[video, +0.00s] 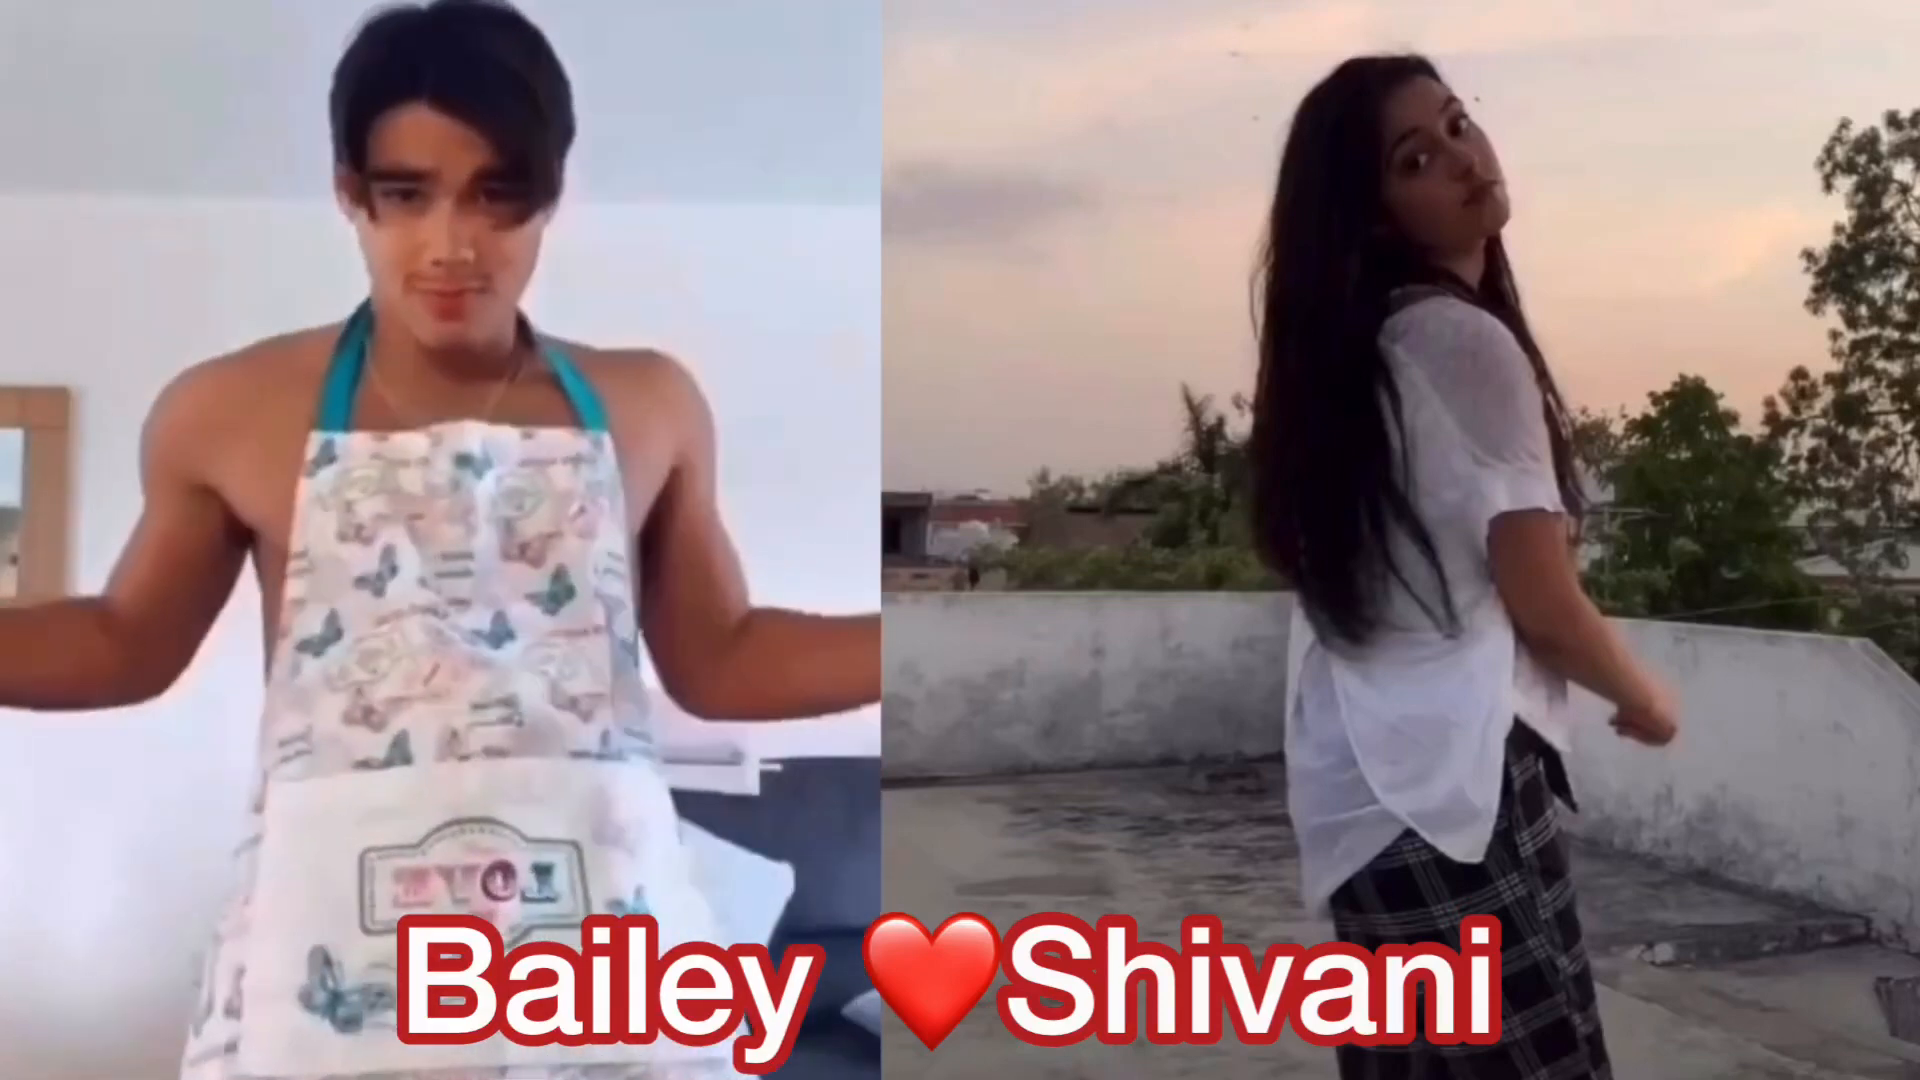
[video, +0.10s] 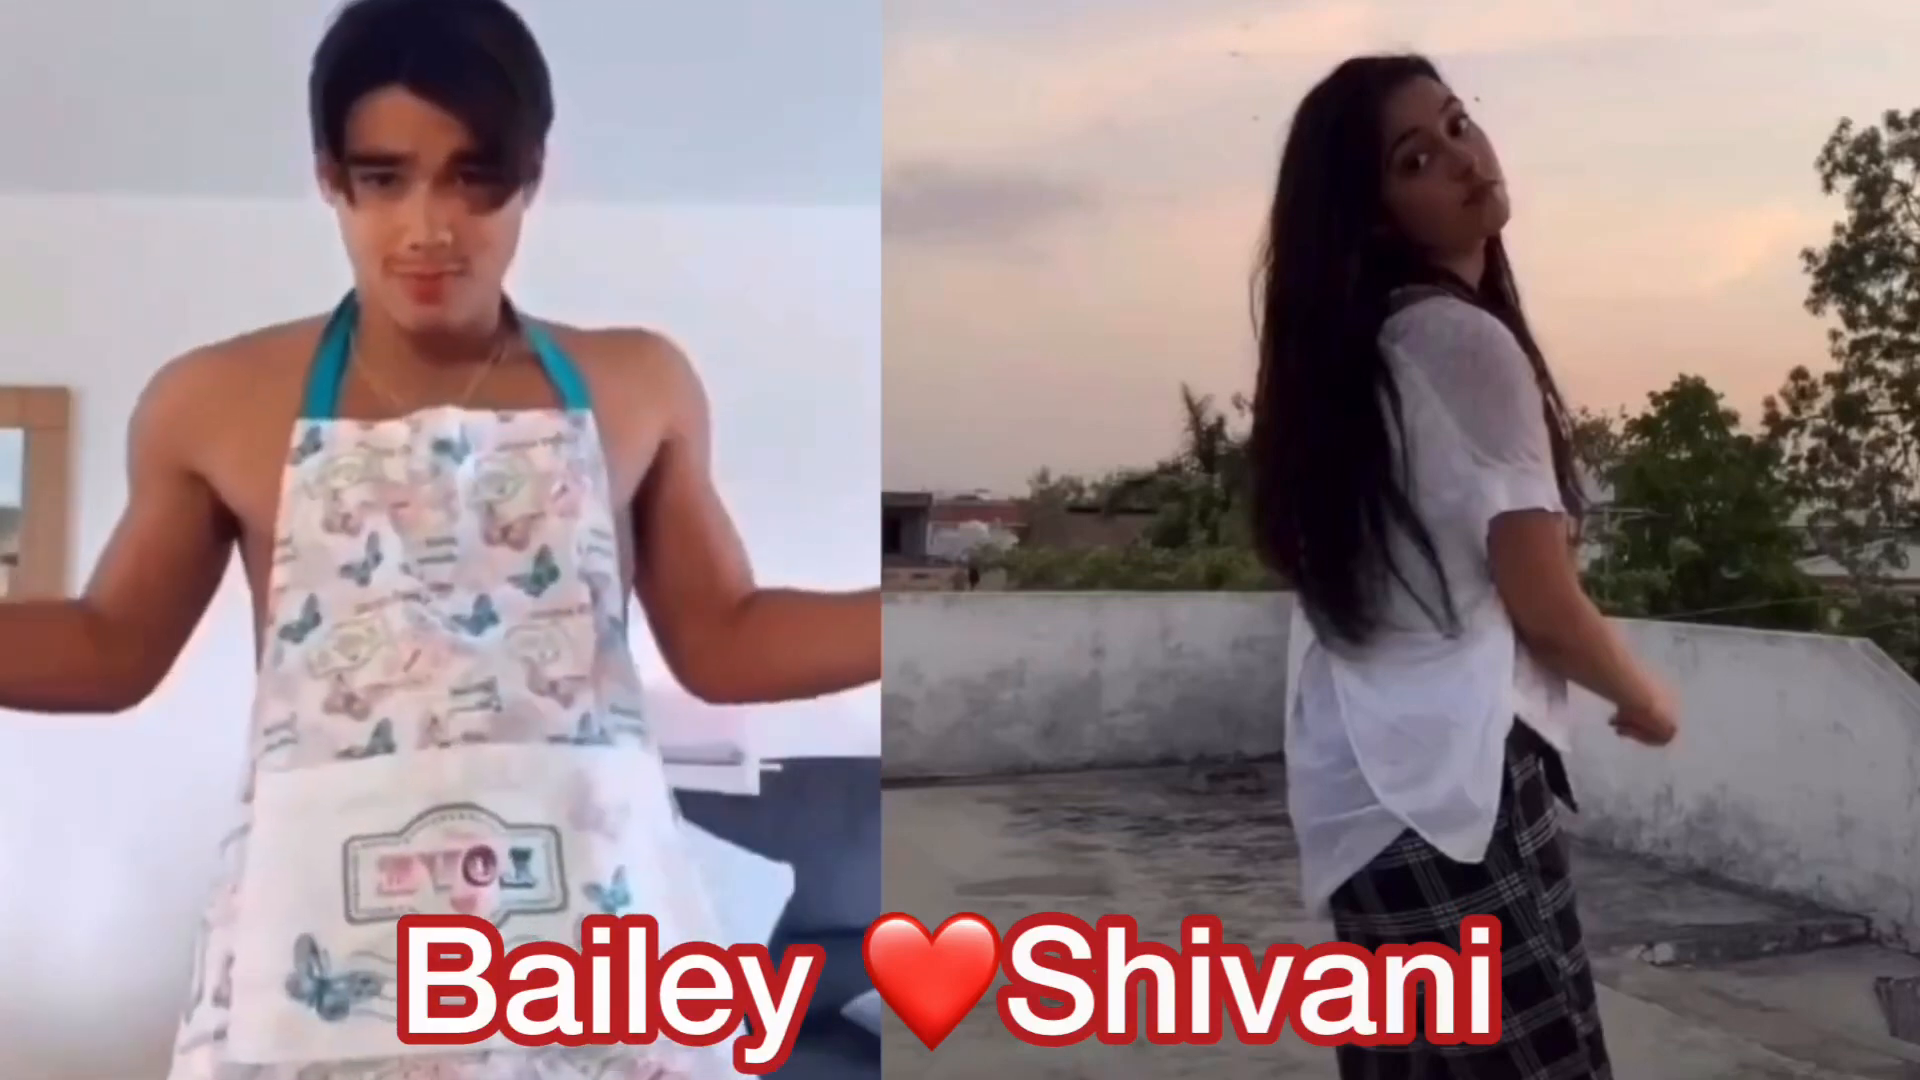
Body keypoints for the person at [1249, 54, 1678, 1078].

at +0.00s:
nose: (1467, 158)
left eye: (1459, 125)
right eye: (1418, 158)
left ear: (1479, 128)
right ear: (1370, 210)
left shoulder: (1353, 333)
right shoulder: (1465, 339)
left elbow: (1393, 566)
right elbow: (1545, 603)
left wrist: (1546, 665)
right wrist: (1642, 697)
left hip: (1362, 783)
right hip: (1451, 789)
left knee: (1397, 1056)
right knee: (1544, 1055)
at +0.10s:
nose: (1467, 158)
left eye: (1459, 125)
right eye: (1418, 158)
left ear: (1479, 129)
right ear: (1370, 209)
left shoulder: (1353, 333)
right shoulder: (1464, 339)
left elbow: (1393, 566)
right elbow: (1545, 603)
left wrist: (1546, 665)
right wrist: (1642, 697)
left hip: (1362, 783)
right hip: (1451, 789)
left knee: (1397, 1056)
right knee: (1544, 1055)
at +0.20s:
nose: (1467, 158)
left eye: (1459, 125)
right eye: (1418, 158)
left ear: (1479, 128)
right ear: (1370, 209)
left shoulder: (1353, 333)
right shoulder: (1465, 340)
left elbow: (1392, 566)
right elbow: (1545, 603)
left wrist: (1549, 664)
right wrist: (1643, 697)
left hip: (1363, 785)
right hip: (1453, 790)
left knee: (1397, 1056)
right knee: (1544, 1056)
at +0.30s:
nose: (1467, 158)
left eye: (1459, 125)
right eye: (1418, 159)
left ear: (1480, 129)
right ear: (1370, 210)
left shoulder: (1352, 332)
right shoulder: (1464, 339)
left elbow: (1392, 565)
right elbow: (1544, 602)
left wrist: (1545, 666)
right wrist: (1643, 697)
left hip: (1361, 783)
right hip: (1451, 789)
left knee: (1396, 1056)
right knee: (1544, 1055)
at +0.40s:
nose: (1467, 158)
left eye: (1460, 126)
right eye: (1418, 159)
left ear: (1480, 128)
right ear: (1370, 209)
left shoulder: (1351, 332)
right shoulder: (1464, 339)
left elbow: (1389, 564)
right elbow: (1543, 601)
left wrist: (1547, 666)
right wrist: (1643, 697)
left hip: (1361, 783)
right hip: (1451, 789)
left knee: (1396, 1056)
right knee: (1544, 1055)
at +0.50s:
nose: (1467, 158)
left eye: (1459, 125)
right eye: (1418, 159)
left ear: (1480, 129)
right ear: (1370, 210)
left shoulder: (1352, 332)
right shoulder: (1464, 339)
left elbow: (1392, 565)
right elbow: (1544, 602)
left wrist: (1545, 666)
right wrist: (1643, 697)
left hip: (1361, 783)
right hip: (1451, 789)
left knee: (1396, 1056)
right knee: (1544, 1055)